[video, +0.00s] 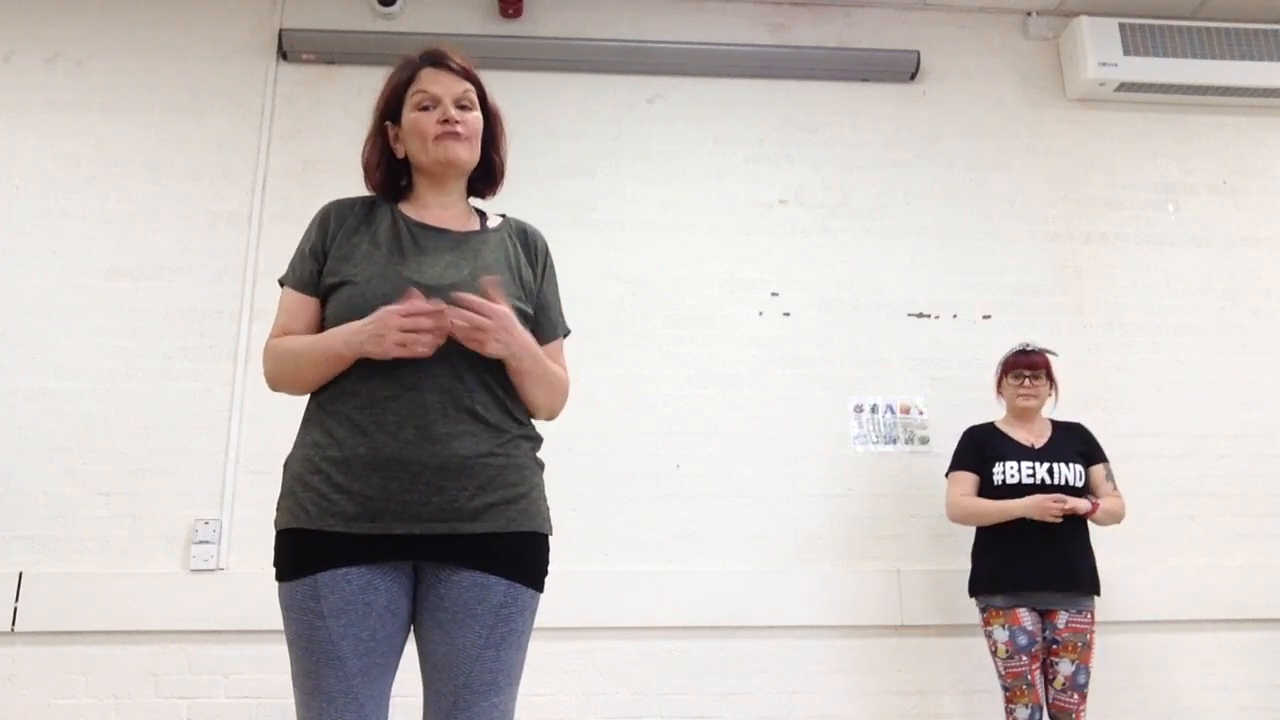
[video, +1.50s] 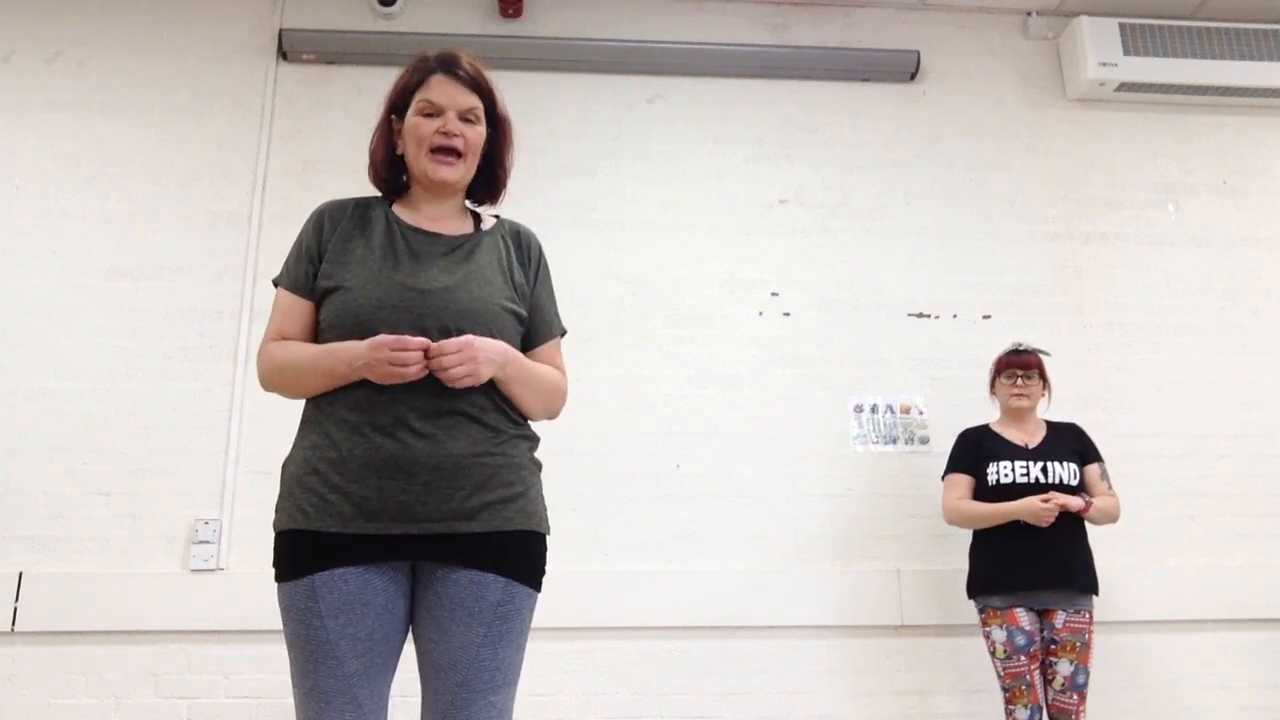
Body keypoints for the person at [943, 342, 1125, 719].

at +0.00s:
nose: (1027, 384)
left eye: (1037, 377)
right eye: (1017, 377)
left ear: (1050, 387)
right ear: (1001, 386)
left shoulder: (1077, 436)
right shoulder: (979, 439)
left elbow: (1116, 508)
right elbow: (957, 507)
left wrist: (1088, 506)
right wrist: (1026, 506)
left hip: (1072, 593)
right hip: (1005, 595)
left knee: (1069, 707)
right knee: (1025, 708)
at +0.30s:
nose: (1025, 384)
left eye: (1034, 377)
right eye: (1015, 377)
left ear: (1048, 387)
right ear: (999, 386)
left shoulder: (1076, 436)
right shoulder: (977, 440)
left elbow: (1115, 507)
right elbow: (956, 509)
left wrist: (1086, 506)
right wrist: (1023, 508)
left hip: (1072, 593)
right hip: (1004, 595)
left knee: (1069, 708)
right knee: (1023, 708)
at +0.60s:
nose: (1025, 384)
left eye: (1034, 377)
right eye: (1015, 377)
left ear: (1048, 387)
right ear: (999, 386)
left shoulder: (1076, 436)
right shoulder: (977, 441)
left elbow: (1115, 508)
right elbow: (955, 511)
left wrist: (1085, 506)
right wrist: (1022, 510)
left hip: (1072, 593)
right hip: (1004, 596)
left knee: (1069, 707)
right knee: (1023, 708)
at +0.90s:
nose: (1023, 384)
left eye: (1032, 377)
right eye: (1013, 377)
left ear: (1046, 388)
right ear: (997, 387)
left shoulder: (1074, 436)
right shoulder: (975, 441)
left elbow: (1113, 508)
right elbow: (955, 510)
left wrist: (1084, 505)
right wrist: (1021, 508)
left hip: (1072, 592)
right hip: (1005, 594)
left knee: (1069, 707)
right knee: (1024, 708)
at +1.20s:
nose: (1021, 384)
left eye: (1030, 377)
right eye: (1011, 377)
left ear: (1044, 388)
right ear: (994, 387)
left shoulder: (1073, 436)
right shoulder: (974, 442)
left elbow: (1112, 508)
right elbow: (955, 511)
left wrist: (1084, 505)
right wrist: (1020, 509)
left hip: (1071, 592)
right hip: (1004, 594)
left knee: (1070, 707)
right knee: (1025, 708)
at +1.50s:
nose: (1020, 384)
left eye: (1029, 377)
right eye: (1010, 377)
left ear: (1043, 388)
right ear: (994, 387)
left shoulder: (1072, 436)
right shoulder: (973, 441)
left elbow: (1111, 509)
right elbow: (954, 510)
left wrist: (1082, 505)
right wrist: (1019, 509)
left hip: (1070, 591)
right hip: (1003, 593)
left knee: (1068, 706)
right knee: (1024, 708)